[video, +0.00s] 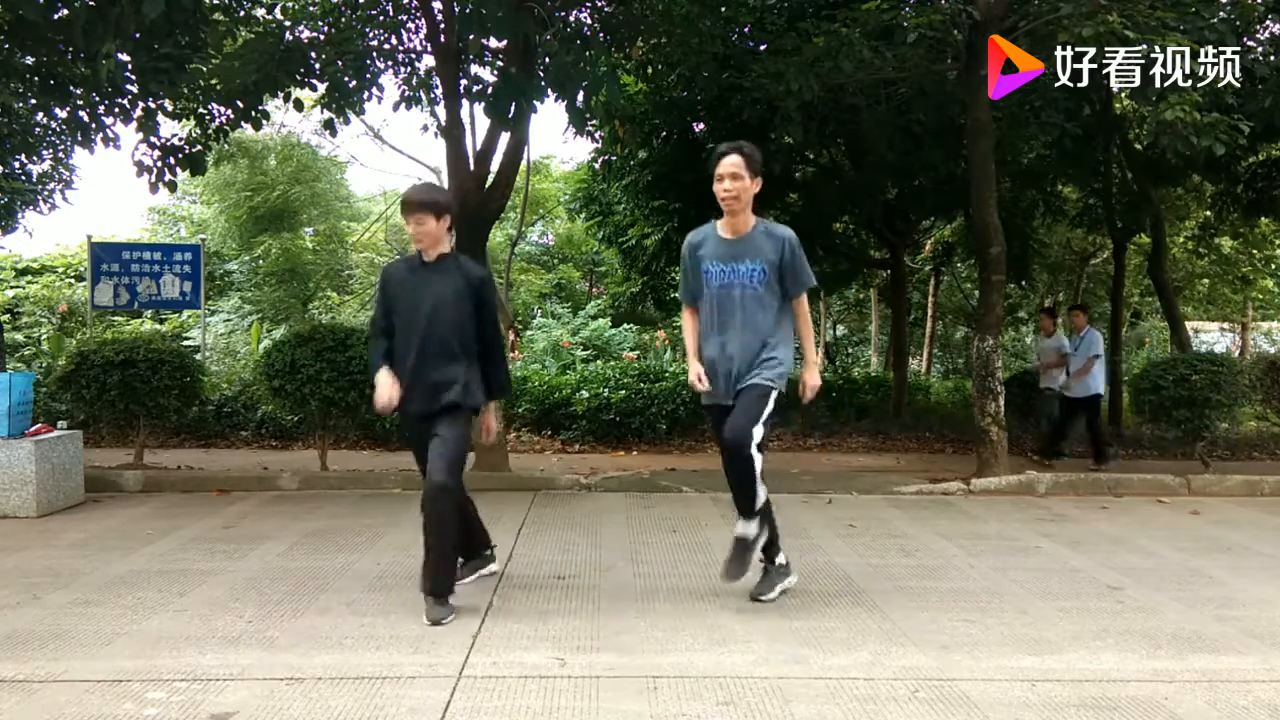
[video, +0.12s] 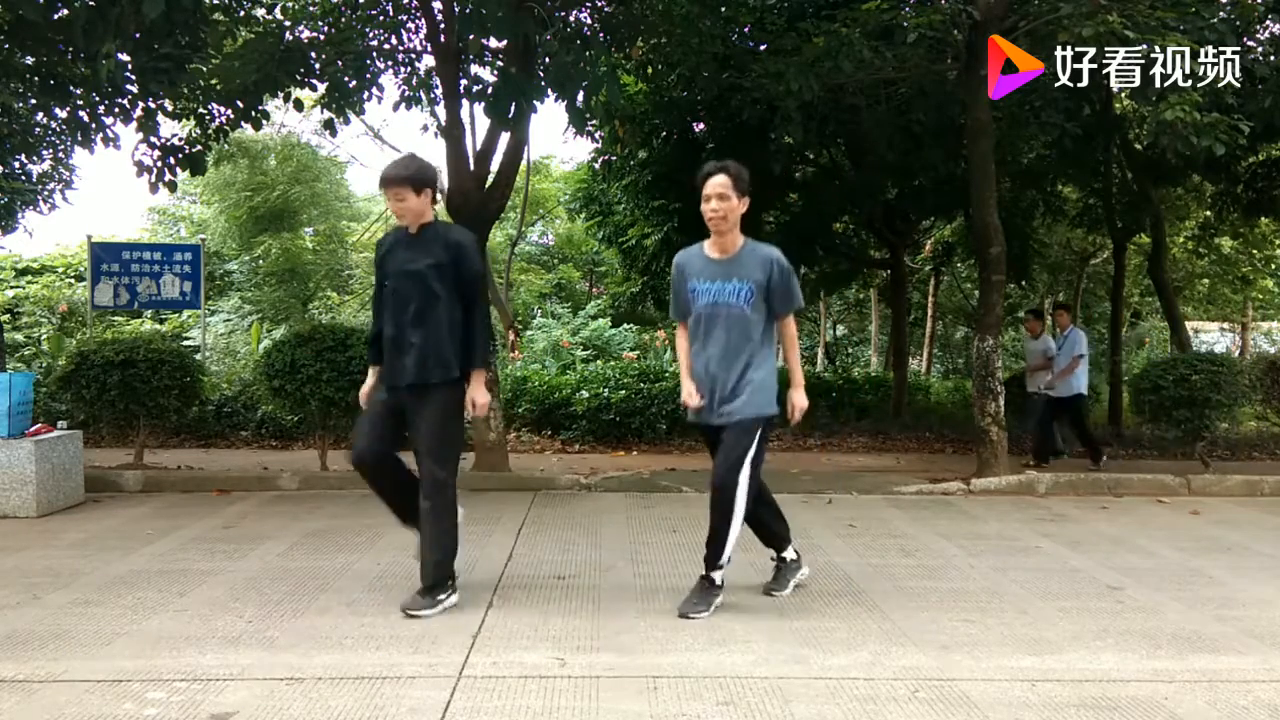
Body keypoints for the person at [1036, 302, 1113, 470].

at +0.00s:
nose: (1074, 320)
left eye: (1077, 316)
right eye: (1071, 317)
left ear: (1085, 317)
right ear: (1070, 319)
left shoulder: (1094, 336)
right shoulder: (1074, 339)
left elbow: (1091, 362)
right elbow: (1069, 360)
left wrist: (1073, 377)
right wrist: (1048, 365)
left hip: (1090, 390)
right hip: (1073, 389)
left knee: (1093, 426)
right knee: (1062, 424)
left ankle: (1100, 458)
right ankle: (1049, 453)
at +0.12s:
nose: (1057, 319)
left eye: (1060, 315)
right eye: (1055, 316)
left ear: (1069, 316)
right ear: (1054, 319)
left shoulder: (1078, 335)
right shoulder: (1060, 338)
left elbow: (1076, 362)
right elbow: (1056, 362)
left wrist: (1054, 379)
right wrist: (1035, 368)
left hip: (1073, 390)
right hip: (1057, 390)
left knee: (1080, 428)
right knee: (1043, 423)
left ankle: (1097, 456)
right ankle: (1041, 458)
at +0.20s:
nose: (1051, 319)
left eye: (1053, 315)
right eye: (1049, 316)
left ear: (1062, 315)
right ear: (1048, 318)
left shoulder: (1070, 334)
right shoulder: (1054, 338)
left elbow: (1070, 360)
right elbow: (1049, 362)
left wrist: (1051, 381)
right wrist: (1027, 368)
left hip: (1066, 388)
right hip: (1051, 388)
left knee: (1066, 425)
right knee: (1039, 422)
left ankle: (1091, 453)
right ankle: (1041, 458)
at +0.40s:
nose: (1031, 317)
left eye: (1034, 312)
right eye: (1029, 314)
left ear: (1043, 313)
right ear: (1028, 316)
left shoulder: (1051, 332)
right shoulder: (1033, 335)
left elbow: (1057, 360)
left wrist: (1058, 386)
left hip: (1044, 386)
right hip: (1030, 386)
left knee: (1037, 422)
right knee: (1031, 422)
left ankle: (1041, 455)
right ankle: (1036, 455)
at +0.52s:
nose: (1018, 318)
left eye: (1021, 314)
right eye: (1016, 314)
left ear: (1031, 315)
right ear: (1015, 317)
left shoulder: (1040, 335)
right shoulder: (1016, 336)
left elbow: (1048, 361)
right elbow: (1011, 359)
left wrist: (1058, 385)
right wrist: (1007, 363)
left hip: (1034, 386)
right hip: (1017, 387)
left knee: (1033, 423)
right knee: (1025, 424)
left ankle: (1040, 457)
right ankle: (1036, 456)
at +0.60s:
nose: (1010, 320)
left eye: (1013, 315)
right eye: (1008, 316)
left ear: (1021, 316)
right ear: (1005, 319)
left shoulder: (1032, 335)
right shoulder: (1007, 339)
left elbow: (1043, 363)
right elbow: (1003, 362)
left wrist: (1055, 386)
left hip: (1027, 387)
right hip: (1010, 388)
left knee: (1028, 424)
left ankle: (1040, 457)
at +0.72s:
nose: (1000, 318)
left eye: (1003, 315)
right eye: (1000, 315)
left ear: (1011, 315)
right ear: (1001, 316)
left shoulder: (1018, 333)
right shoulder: (999, 335)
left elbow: (1029, 360)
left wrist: (1039, 384)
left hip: (1015, 385)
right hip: (1000, 385)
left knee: (1015, 422)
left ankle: (1033, 453)